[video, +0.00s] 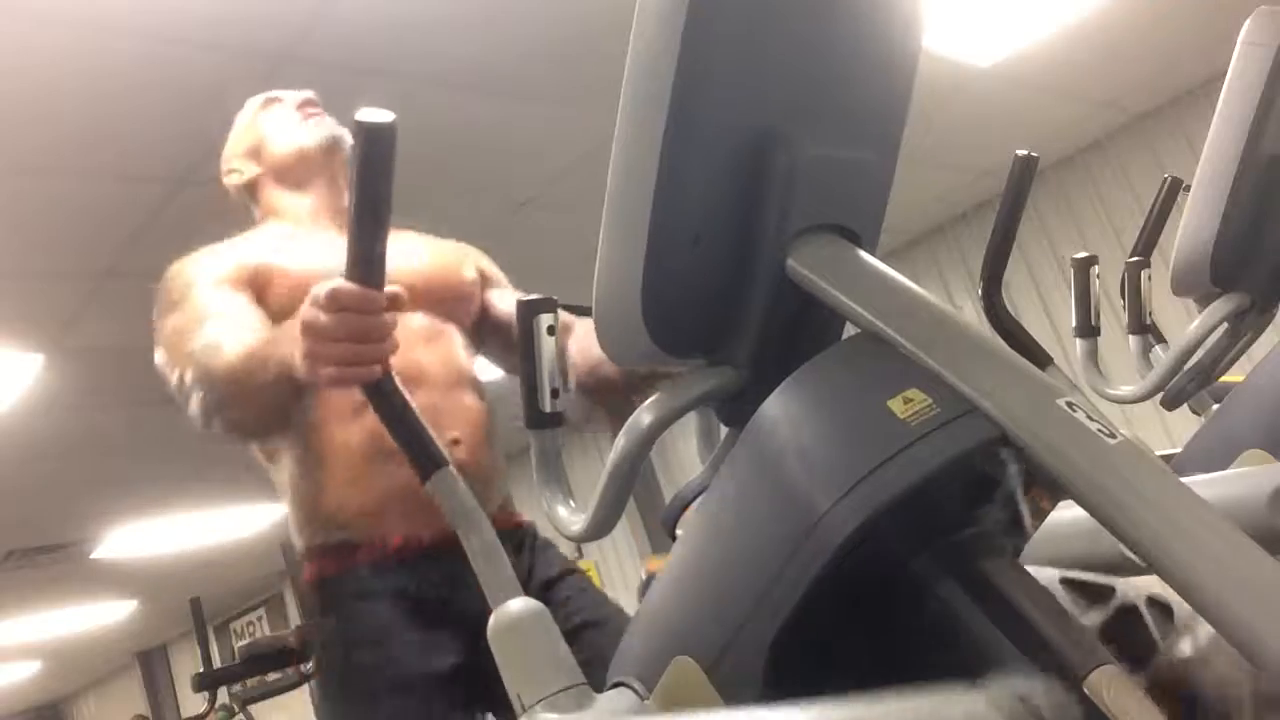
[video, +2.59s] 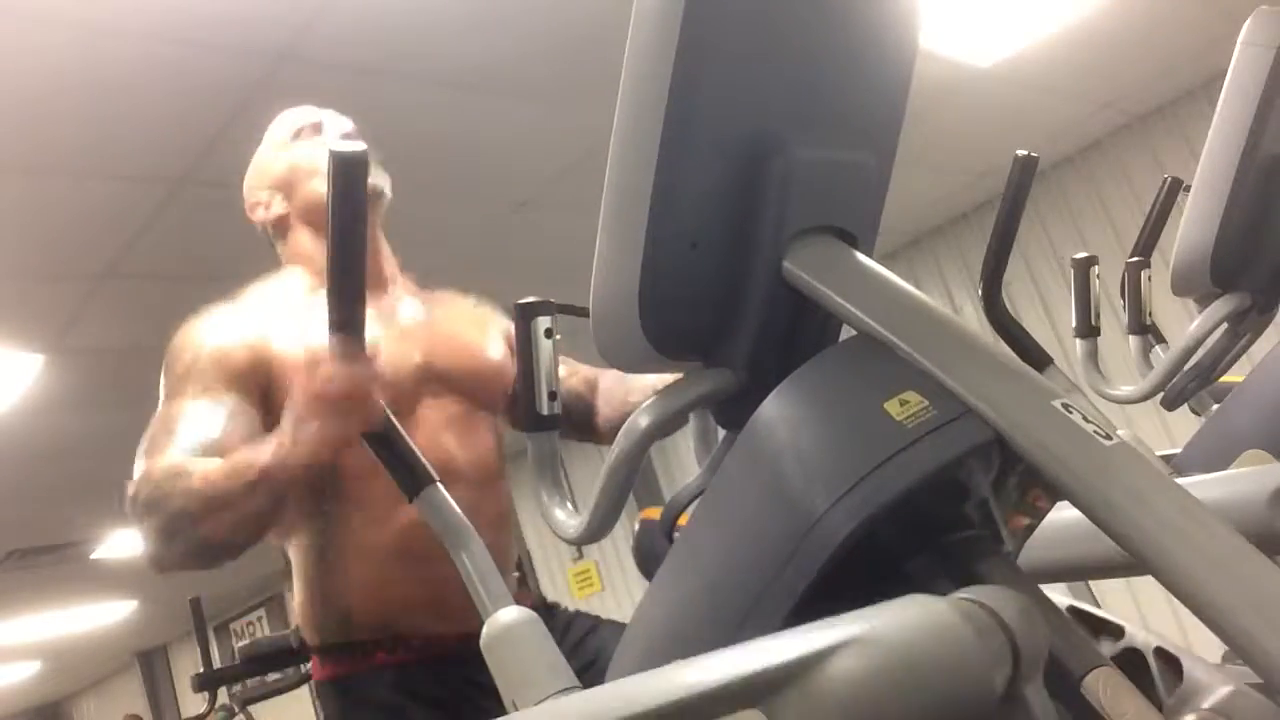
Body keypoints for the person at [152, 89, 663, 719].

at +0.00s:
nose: (310, 101)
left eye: (315, 101)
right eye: (277, 105)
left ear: (339, 151)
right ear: (240, 168)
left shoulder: (447, 257)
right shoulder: (213, 269)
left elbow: (564, 349)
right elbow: (225, 390)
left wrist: (675, 333)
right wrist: (298, 349)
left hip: (509, 555)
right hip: (370, 588)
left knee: (656, 693)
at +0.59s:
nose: (283, 131)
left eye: (292, 133)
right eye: (257, 138)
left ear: (323, 174)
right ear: (222, 209)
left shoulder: (438, 274)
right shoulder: (194, 318)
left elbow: (559, 339)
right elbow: (181, 462)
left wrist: (650, 343)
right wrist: (268, 430)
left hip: (509, 577)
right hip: (367, 615)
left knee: (667, 693)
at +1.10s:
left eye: (388, 184)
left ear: (406, 192)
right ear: (308, 217)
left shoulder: (479, 300)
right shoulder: (278, 309)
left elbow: (593, 385)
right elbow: (260, 419)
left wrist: (648, 406)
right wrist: (325, 367)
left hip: (556, 589)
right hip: (426, 620)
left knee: (654, 705)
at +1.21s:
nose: (383, 174)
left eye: (388, 171)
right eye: (358, 175)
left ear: (421, 207)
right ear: (325, 241)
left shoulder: (517, 333)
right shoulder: (293, 344)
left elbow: (638, 447)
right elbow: (283, 481)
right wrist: (341, 385)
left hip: (576, 623)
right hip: (441, 653)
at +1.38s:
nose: (328, 81)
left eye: (338, 80)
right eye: (294, 84)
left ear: (368, 125)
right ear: (259, 157)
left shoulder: (494, 243)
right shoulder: (234, 276)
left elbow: (619, 354)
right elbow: (214, 445)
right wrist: (295, 412)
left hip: (543, 555)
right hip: (405, 584)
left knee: (659, 706)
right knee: (466, 716)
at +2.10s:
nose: (401, 159)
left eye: (406, 155)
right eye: (366, 160)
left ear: (428, 193)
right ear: (323, 225)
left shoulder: (518, 338)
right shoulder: (279, 346)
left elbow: (633, 430)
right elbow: (246, 485)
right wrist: (321, 406)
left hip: (537, 649)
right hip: (399, 665)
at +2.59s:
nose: (343, 135)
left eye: (350, 128)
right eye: (307, 133)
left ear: (382, 175)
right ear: (263, 202)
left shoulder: (463, 320)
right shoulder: (231, 338)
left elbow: (596, 394)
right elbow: (167, 527)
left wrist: (732, 380)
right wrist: (294, 449)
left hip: (523, 636)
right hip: (382, 677)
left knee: (719, 672)